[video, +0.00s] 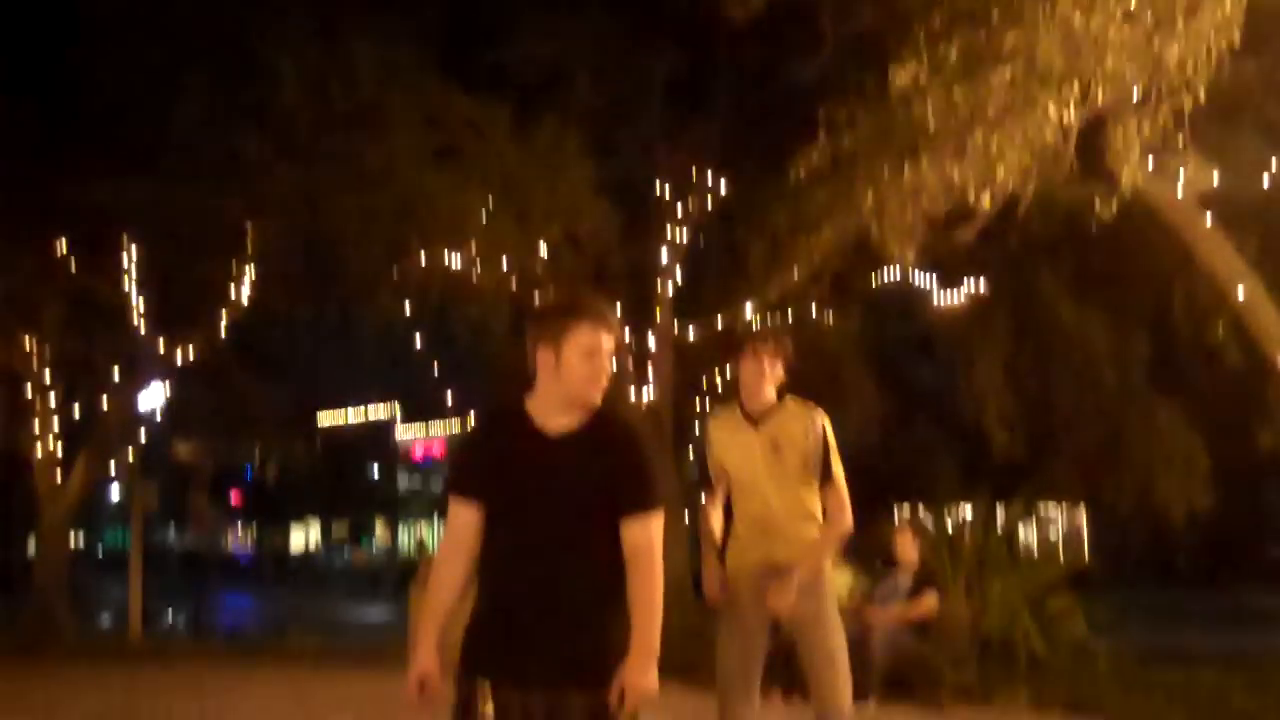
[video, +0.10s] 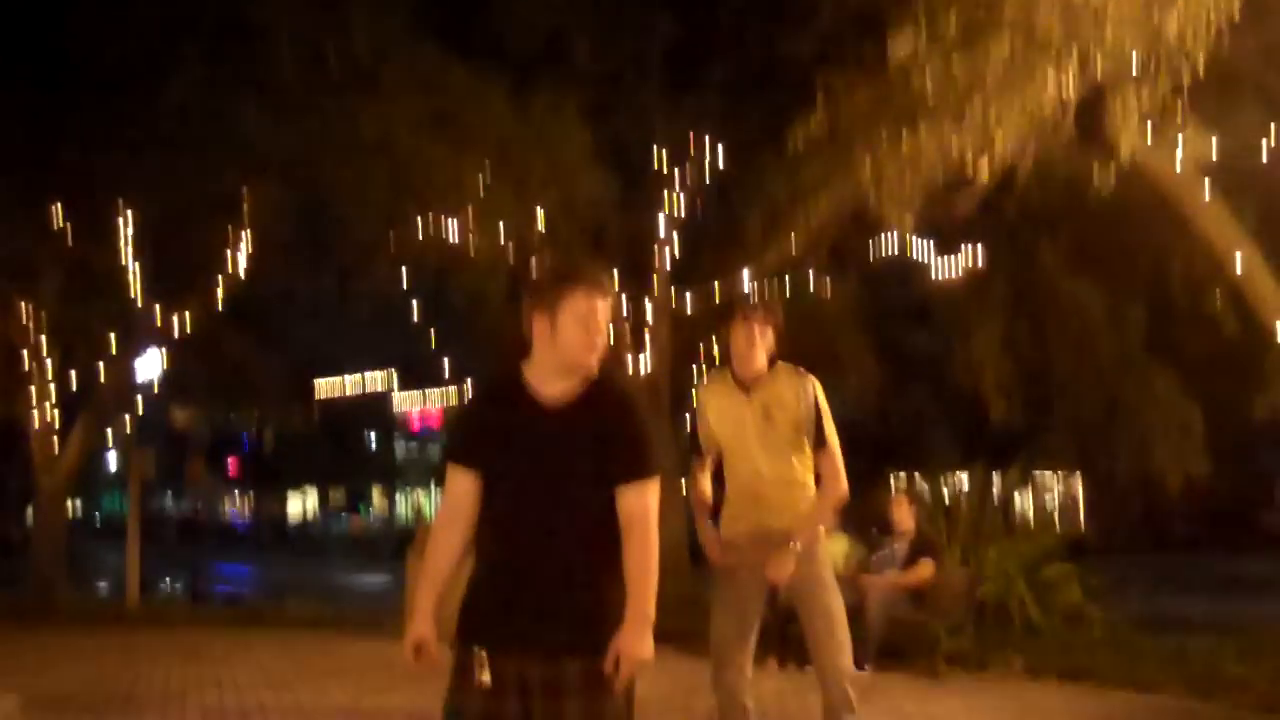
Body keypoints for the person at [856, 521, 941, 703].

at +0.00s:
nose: (902, 548)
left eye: (908, 541)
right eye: (899, 542)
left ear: (919, 544)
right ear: (893, 546)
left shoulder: (926, 577)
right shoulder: (883, 580)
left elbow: (928, 607)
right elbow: (867, 613)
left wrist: (885, 617)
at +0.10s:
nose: (898, 514)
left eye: (903, 507)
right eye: (894, 508)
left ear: (914, 511)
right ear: (889, 514)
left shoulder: (925, 543)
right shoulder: (880, 546)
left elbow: (923, 574)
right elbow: (860, 577)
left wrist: (888, 580)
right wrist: (886, 579)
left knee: (876, 591)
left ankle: (867, 660)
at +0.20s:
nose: (887, 485)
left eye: (892, 479)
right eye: (885, 479)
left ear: (905, 481)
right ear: (880, 483)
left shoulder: (915, 513)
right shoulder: (873, 514)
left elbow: (916, 543)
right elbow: (852, 548)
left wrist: (881, 551)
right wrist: (873, 551)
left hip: (900, 572)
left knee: (868, 566)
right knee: (832, 564)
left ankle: (858, 631)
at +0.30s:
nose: (883, 482)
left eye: (889, 477)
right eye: (881, 477)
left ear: (902, 481)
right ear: (877, 481)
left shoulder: (911, 510)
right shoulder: (870, 510)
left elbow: (912, 542)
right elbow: (852, 537)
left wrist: (867, 552)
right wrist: (848, 549)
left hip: (895, 569)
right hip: (860, 562)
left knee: (864, 566)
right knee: (823, 563)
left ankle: (854, 630)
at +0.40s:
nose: (868, 490)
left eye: (874, 486)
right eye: (866, 485)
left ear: (888, 490)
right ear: (862, 488)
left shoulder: (896, 520)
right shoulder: (856, 520)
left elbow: (897, 553)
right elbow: (837, 545)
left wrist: (853, 561)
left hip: (879, 577)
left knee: (848, 576)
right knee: (810, 574)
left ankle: (840, 642)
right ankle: (805, 638)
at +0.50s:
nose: (857, 524)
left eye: (863, 519)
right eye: (855, 519)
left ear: (874, 521)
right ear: (850, 522)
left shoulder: (883, 553)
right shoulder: (840, 553)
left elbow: (885, 582)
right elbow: (821, 584)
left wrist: (848, 587)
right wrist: (834, 591)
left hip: (869, 609)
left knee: (838, 602)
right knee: (807, 601)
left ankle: (826, 670)